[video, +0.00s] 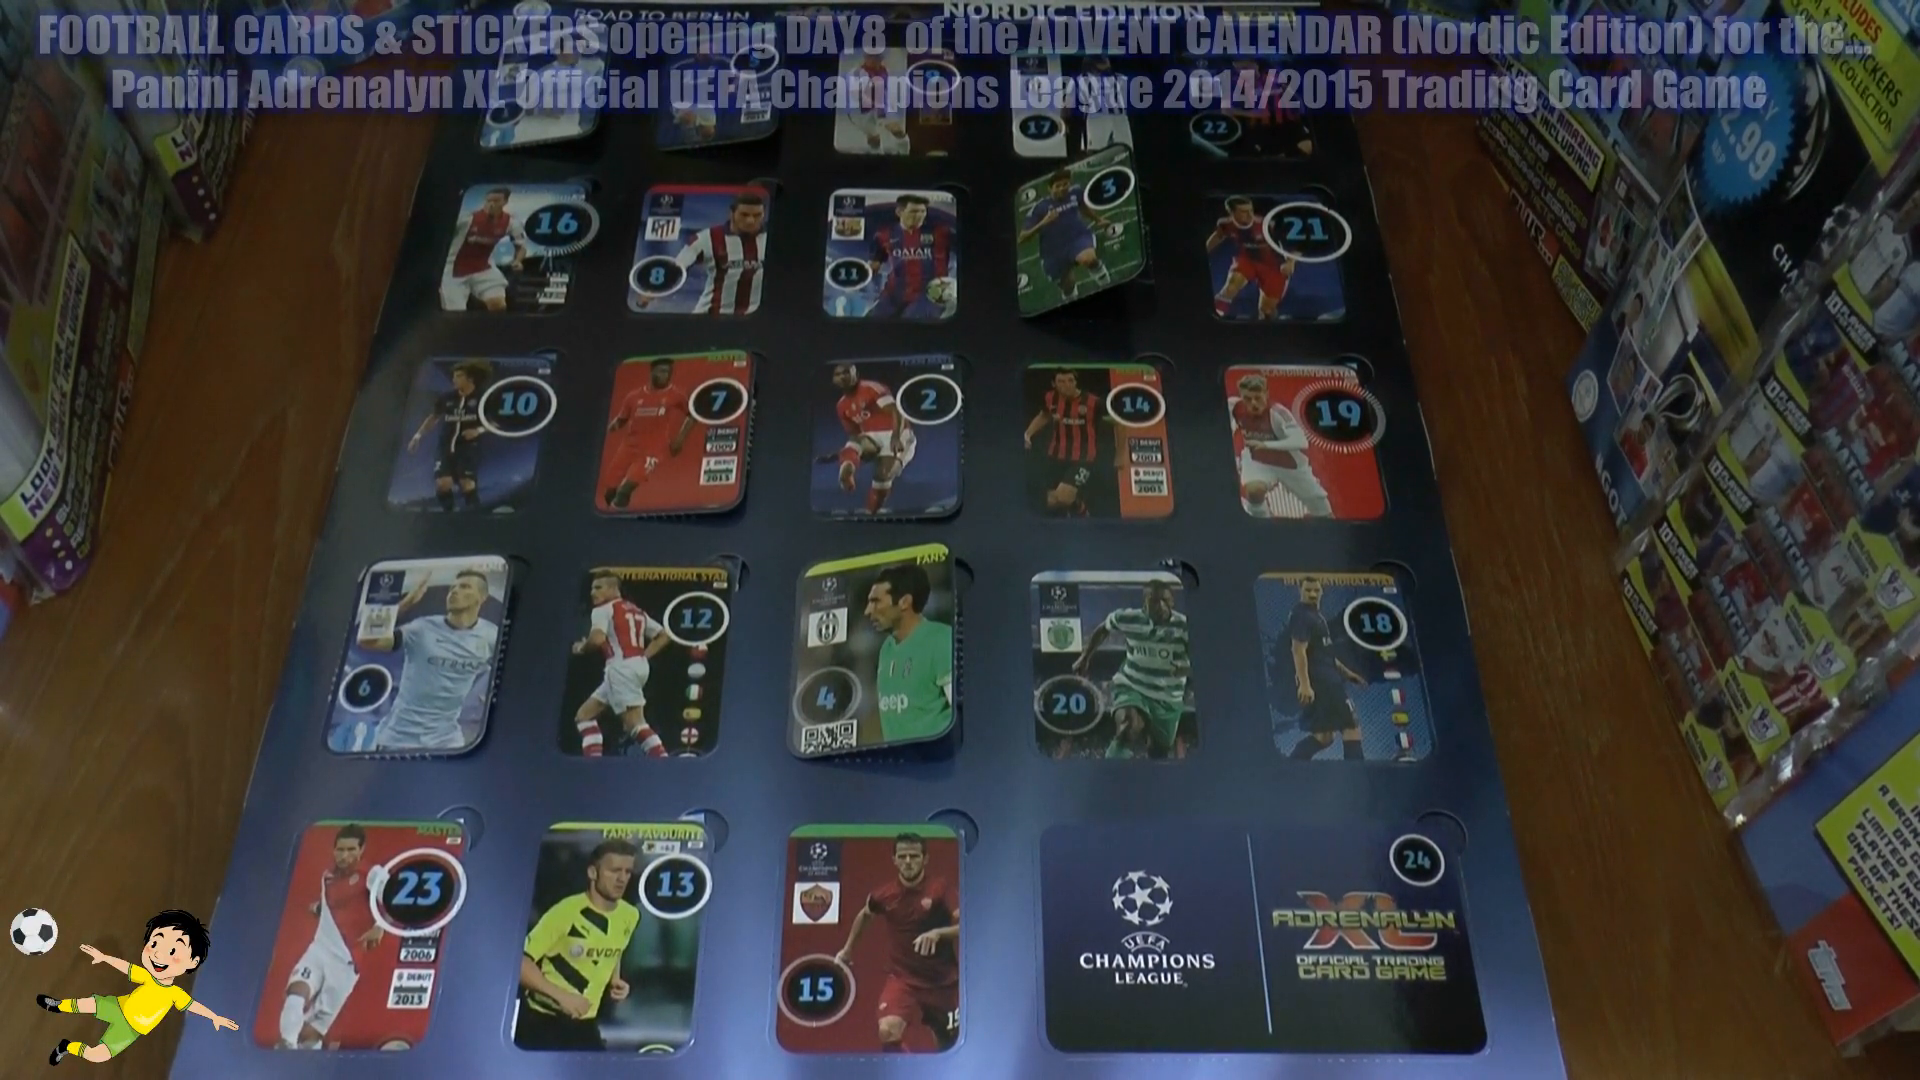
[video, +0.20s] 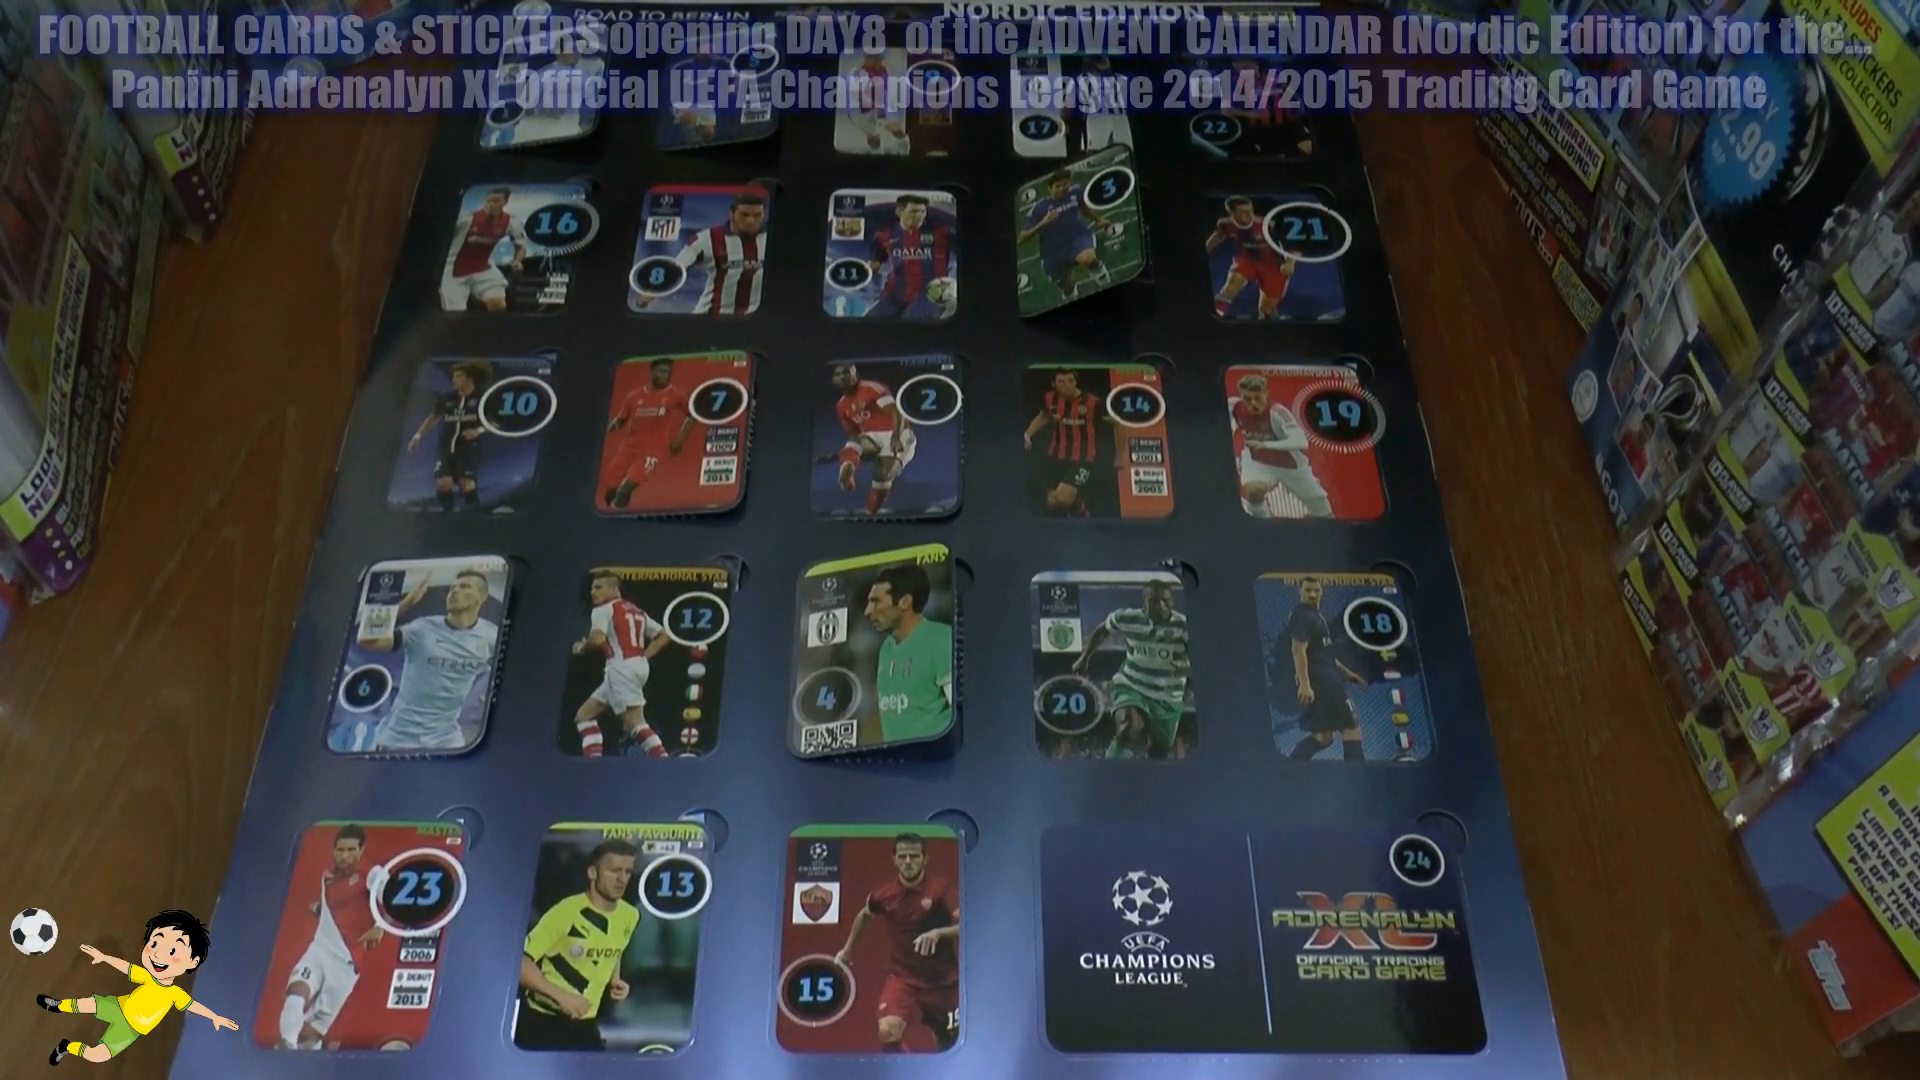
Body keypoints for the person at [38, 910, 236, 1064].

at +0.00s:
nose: (159, 956)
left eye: (172, 952)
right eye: (155, 944)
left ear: (189, 965)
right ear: (145, 946)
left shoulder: (176, 995)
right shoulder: (143, 976)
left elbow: (195, 1007)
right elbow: (123, 966)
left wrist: (215, 1017)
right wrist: (103, 958)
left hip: (131, 1030)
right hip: (118, 1008)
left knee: (99, 1055)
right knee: (89, 1003)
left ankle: (66, 1047)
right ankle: (58, 1006)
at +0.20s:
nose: (159, 955)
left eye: (172, 952)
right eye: (155, 944)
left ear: (189, 965)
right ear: (146, 946)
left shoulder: (176, 995)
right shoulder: (144, 976)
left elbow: (194, 1007)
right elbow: (124, 966)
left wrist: (214, 1017)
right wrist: (103, 958)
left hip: (131, 1030)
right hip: (119, 1008)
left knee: (99, 1055)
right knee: (88, 1003)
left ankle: (66, 1047)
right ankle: (57, 1006)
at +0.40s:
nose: (159, 955)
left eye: (172, 952)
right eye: (155, 944)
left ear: (189, 965)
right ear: (145, 946)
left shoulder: (176, 995)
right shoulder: (143, 976)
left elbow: (195, 1007)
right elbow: (123, 966)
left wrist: (215, 1017)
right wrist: (103, 958)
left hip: (131, 1030)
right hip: (118, 1008)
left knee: (99, 1055)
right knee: (89, 1003)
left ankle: (66, 1047)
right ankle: (58, 1006)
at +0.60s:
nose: (159, 956)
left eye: (172, 952)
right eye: (155, 944)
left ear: (189, 965)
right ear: (145, 946)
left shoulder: (176, 995)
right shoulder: (143, 976)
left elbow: (195, 1007)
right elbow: (123, 966)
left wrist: (215, 1017)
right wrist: (103, 958)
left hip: (131, 1030)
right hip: (118, 1008)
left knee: (99, 1055)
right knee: (88, 1003)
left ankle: (66, 1047)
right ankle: (58, 1006)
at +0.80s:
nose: (159, 955)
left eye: (172, 952)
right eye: (155, 944)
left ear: (189, 965)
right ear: (146, 945)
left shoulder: (176, 995)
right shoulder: (144, 976)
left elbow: (194, 1007)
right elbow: (124, 966)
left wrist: (214, 1017)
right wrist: (103, 957)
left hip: (131, 1030)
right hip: (119, 1008)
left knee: (99, 1055)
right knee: (88, 1003)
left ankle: (66, 1047)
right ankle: (57, 1006)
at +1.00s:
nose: (159, 955)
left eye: (172, 952)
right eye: (155, 944)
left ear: (189, 965)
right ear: (146, 946)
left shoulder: (176, 995)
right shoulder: (143, 976)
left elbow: (195, 1007)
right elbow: (123, 966)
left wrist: (215, 1017)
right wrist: (103, 958)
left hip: (131, 1030)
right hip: (118, 1008)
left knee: (98, 1055)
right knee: (89, 1003)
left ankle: (66, 1047)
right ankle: (58, 1006)